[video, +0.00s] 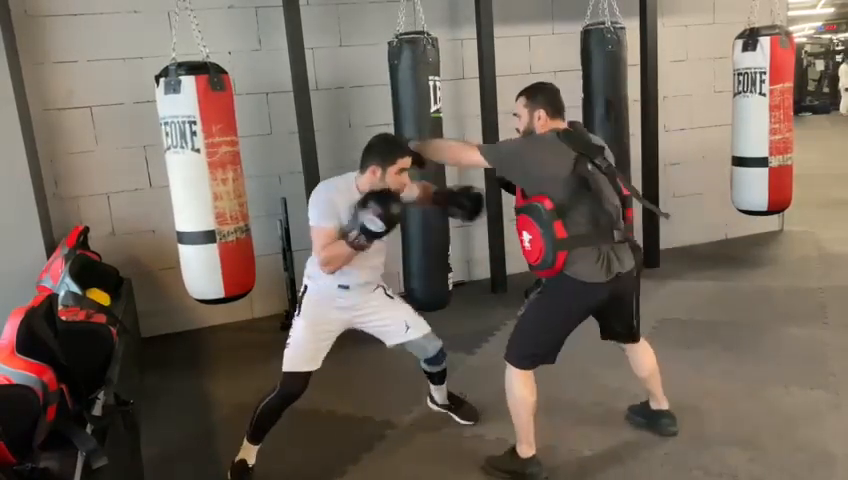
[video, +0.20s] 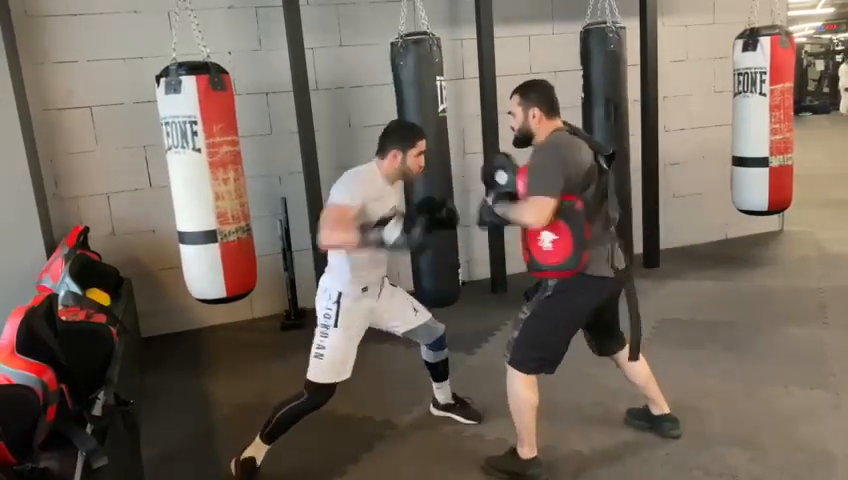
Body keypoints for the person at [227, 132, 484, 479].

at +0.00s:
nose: (407, 180)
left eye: (407, 172)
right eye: (402, 172)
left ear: (379, 172)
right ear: (376, 171)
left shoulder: (388, 192)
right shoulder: (327, 195)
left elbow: (421, 192)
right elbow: (327, 261)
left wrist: (452, 198)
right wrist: (367, 230)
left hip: (371, 293)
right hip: (323, 298)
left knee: (433, 351)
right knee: (292, 386)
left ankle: (440, 398)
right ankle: (245, 458)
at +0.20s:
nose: (423, 162)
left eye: (423, 154)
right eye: (419, 154)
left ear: (396, 155)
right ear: (395, 155)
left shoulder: (396, 185)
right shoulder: (353, 183)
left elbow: (388, 228)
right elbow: (328, 237)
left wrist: (423, 223)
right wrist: (382, 233)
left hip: (378, 289)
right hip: (343, 296)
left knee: (433, 335)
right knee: (319, 393)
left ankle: (444, 401)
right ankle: (253, 454)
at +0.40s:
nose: (424, 150)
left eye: (426, 143)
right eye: (422, 142)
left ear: (395, 139)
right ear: (400, 138)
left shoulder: (381, 164)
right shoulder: (376, 159)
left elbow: (389, 228)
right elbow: (410, 203)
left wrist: (413, 195)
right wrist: (454, 191)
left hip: (372, 276)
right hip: (343, 281)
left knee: (413, 338)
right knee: (326, 383)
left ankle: (443, 402)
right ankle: (255, 452)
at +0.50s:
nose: (409, 167)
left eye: (415, 162)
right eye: (409, 160)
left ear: (399, 154)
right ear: (392, 150)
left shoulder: (389, 170)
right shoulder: (352, 171)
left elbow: (426, 216)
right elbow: (390, 231)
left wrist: (423, 176)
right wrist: (402, 184)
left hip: (371, 282)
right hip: (333, 284)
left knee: (417, 341)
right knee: (325, 383)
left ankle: (441, 402)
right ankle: (284, 468)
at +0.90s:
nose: (418, 189)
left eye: (421, 185)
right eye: (419, 181)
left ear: (401, 171)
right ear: (406, 169)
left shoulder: (380, 199)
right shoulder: (375, 178)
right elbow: (411, 225)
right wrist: (431, 199)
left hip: (368, 297)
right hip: (335, 302)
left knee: (426, 340)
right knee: (318, 407)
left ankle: (445, 401)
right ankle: (245, 461)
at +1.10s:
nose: (408, 160)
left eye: (413, 153)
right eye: (404, 150)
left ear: (412, 152)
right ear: (382, 145)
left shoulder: (407, 182)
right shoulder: (336, 165)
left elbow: (441, 218)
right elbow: (316, 212)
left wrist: (464, 200)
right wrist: (355, 176)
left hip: (377, 291)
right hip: (326, 290)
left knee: (429, 358)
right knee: (300, 382)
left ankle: (444, 406)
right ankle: (269, 458)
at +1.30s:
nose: (422, 168)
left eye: (425, 163)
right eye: (420, 159)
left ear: (402, 154)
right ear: (398, 151)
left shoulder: (396, 185)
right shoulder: (353, 170)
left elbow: (403, 242)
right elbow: (356, 230)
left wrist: (430, 218)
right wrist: (398, 203)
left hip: (381, 284)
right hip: (339, 290)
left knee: (442, 330)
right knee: (322, 389)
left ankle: (458, 394)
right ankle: (275, 456)